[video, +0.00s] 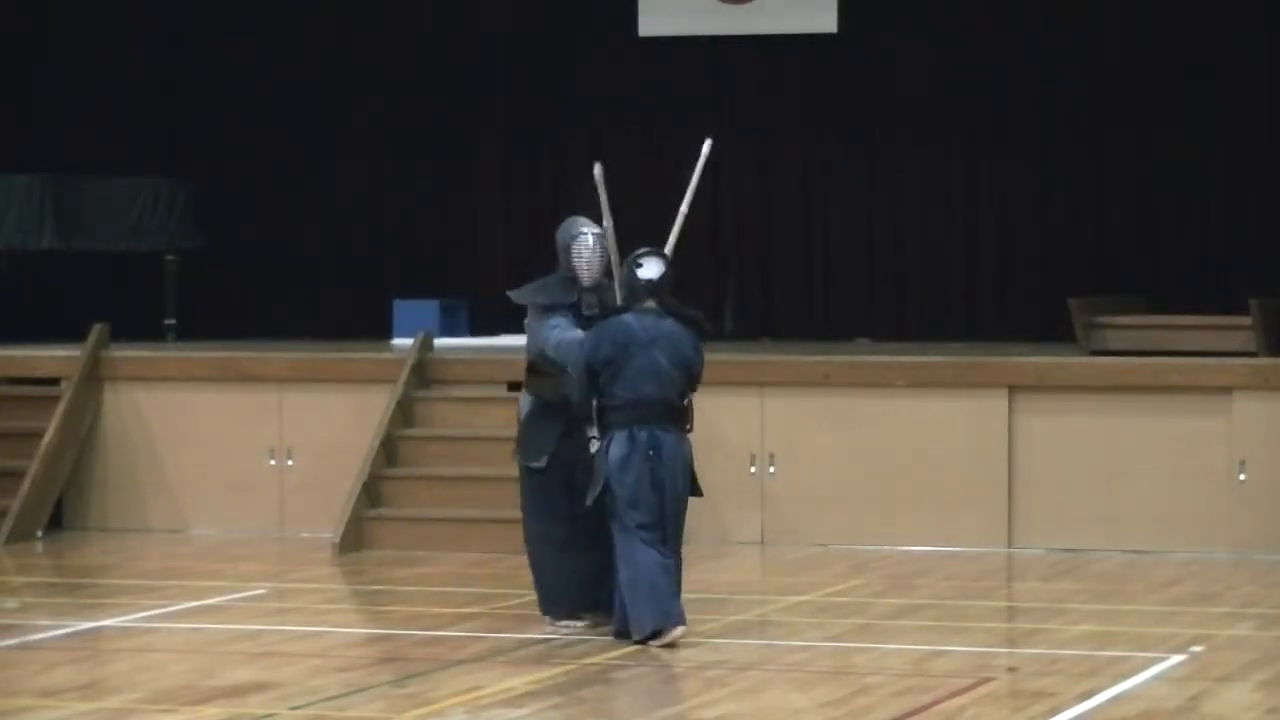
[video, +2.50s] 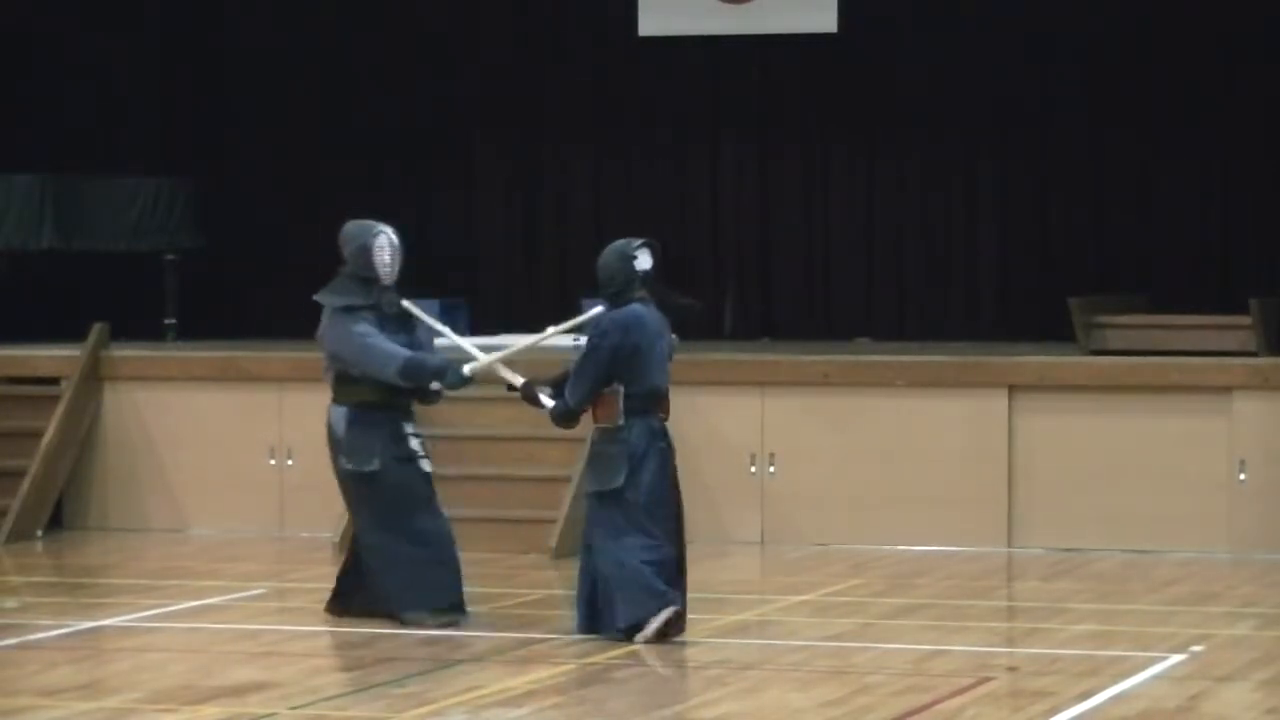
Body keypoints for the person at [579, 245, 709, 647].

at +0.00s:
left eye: (626, 281)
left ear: (626, 285)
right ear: (663, 288)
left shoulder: (607, 332)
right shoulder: (684, 334)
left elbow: (583, 387)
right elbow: (691, 380)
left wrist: (591, 417)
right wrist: (658, 398)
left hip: (625, 435)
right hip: (671, 435)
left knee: (634, 525)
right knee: (665, 527)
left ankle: (663, 617)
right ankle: (637, 617)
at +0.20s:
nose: (624, 282)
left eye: (626, 276)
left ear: (629, 281)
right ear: (667, 283)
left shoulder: (608, 328)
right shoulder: (685, 327)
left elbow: (582, 383)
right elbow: (691, 366)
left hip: (631, 433)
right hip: (678, 432)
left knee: (635, 527)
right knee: (668, 525)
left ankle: (666, 620)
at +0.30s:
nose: (628, 278)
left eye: (630, 272)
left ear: (633, 276)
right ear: (672, 280)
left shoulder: (613, 324)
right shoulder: (689, 325)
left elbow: (585, 378)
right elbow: (690, 366)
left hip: (634, 432)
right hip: (682, 431)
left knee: (640, 526)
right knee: (675, 524)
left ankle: (666, 619)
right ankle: (678, 616)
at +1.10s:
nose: (615, 288)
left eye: (618, 282)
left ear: (622, 285)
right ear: (656, 283)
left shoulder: (614, 332)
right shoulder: (676, 326)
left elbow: (585, 389)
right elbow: (683, 361)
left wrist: (585, 348)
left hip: (637, 436)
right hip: (674, 433)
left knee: (639, 526)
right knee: (671, 526)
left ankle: (673, 627)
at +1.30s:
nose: (596, 291)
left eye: (598, 285)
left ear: (603, 289)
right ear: (638, 286)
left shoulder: (600, 331)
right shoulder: (659, 328)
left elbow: (559, 378)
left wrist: (558, 345)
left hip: (624, 436)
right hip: (656, 433)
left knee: (634, 527)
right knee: (620, 527)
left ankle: (672, 624)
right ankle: (611, 621)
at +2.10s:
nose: (585, 286)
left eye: (589, 279)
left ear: (594, 282)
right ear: (629, 278)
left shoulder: (596, 329)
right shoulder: (649, 324)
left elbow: (562, 383)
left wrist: (542, 402)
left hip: (610, 435)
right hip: (642, 432)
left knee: (609, 521)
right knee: (623, 519)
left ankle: (666, 606)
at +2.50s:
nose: (601, 284)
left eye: (604, 277)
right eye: (604, 276)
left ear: (610, 279)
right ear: (640, 277)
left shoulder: (613, 326)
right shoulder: (655, 321)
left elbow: (576, 398)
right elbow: (603, 370)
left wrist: (543, 400)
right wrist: (551, 387)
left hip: (622, 435)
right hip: (653, 430)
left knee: (608, 525)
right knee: (646, 522)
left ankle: (651, 606)